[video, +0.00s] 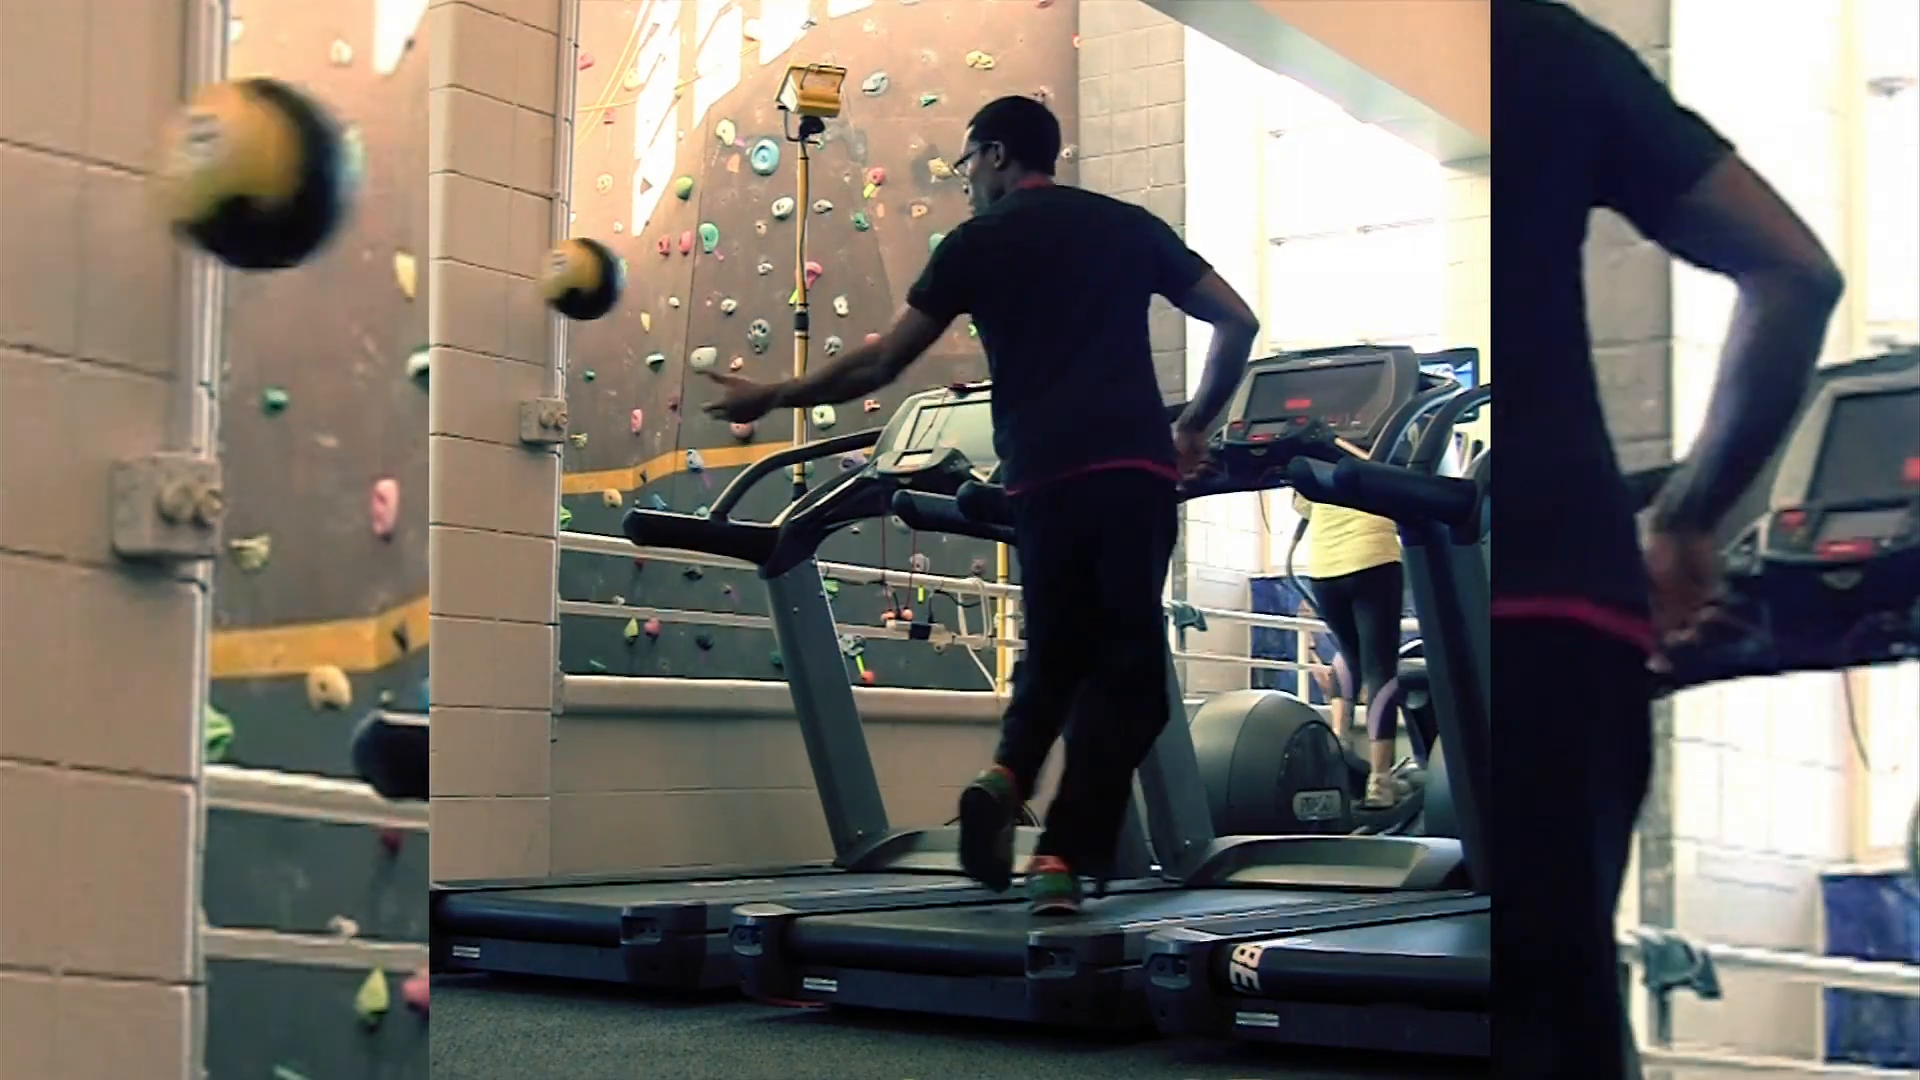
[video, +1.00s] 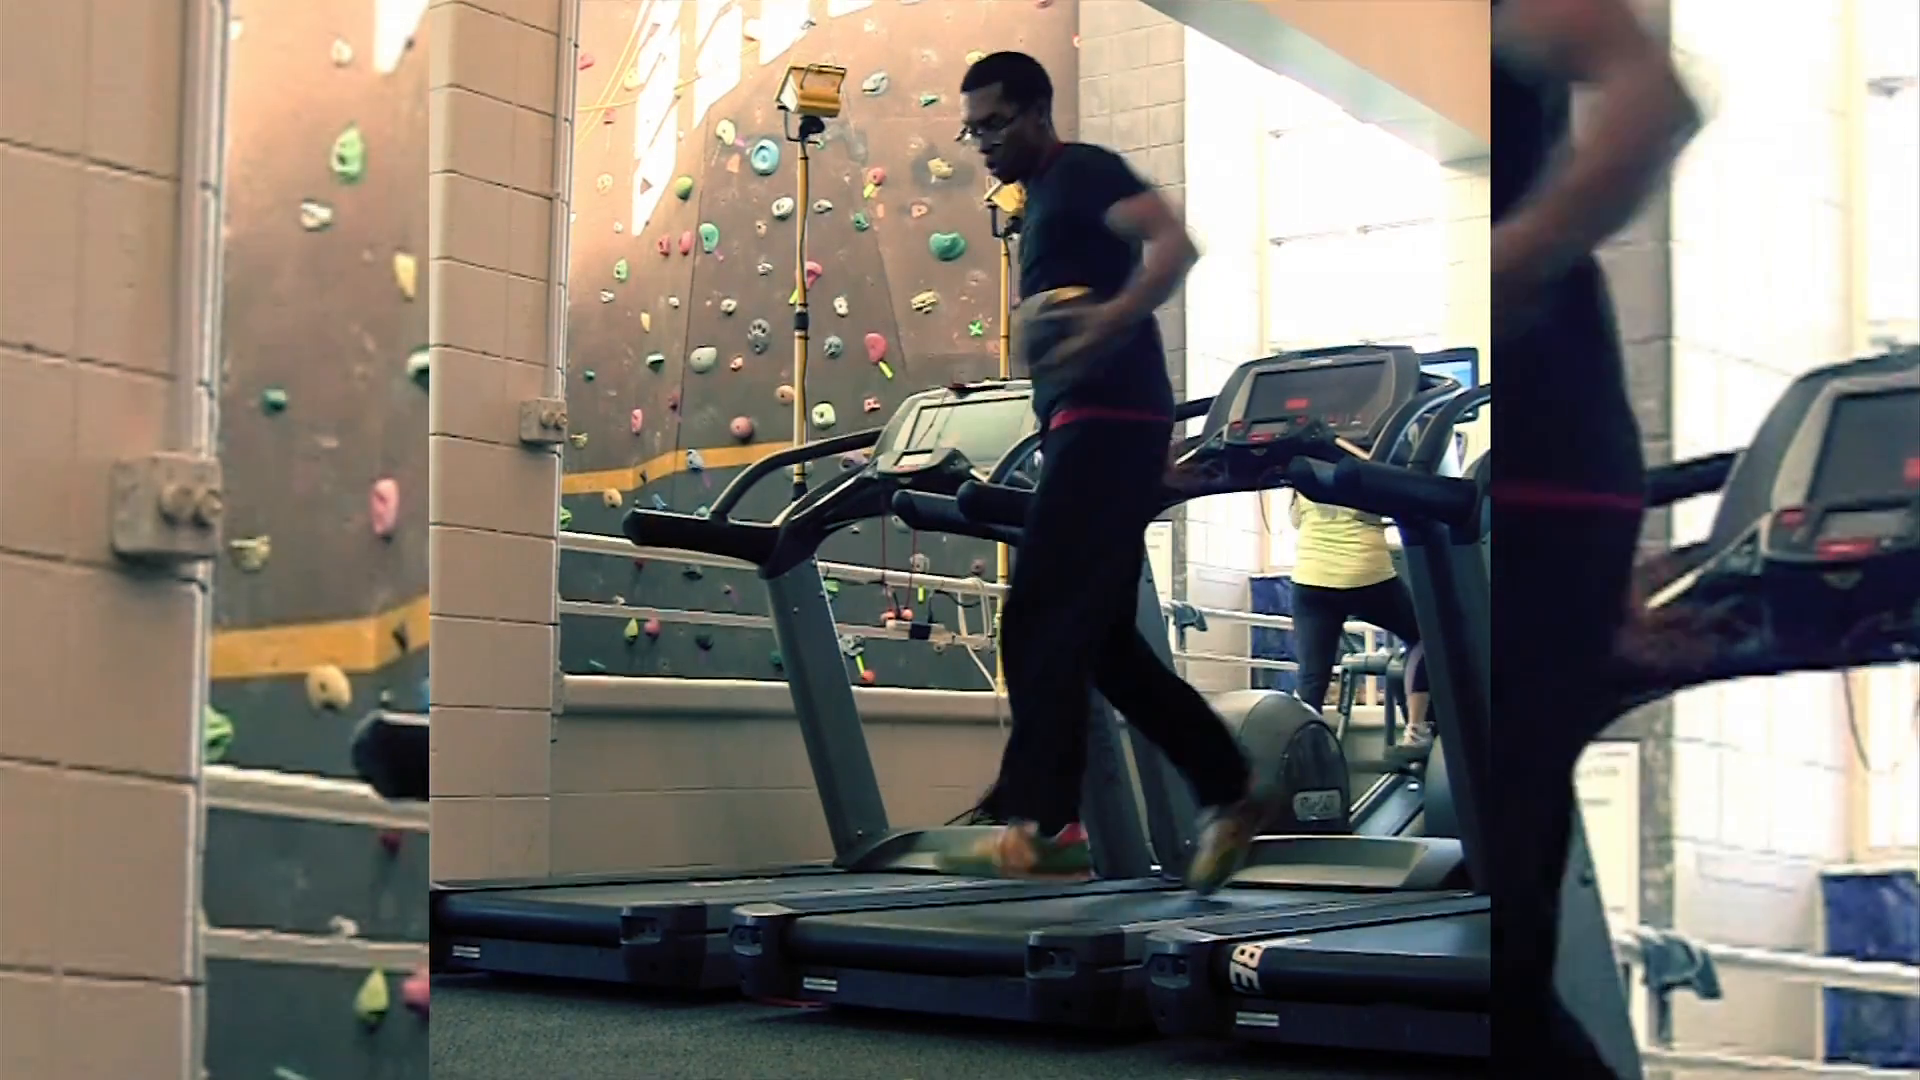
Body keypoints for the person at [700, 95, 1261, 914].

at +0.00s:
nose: (962, 179)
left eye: (967, 163)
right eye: (962, 165)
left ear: (998, 158)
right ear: (1048, 158)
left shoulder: (976, 243)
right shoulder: (1126, 224)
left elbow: (881, 361)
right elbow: (1237, 321)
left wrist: (772, 393)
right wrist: (1199, 422)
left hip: (1047, 479)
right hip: (1139, 472)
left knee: (1054, 651)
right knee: (1134, 673)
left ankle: (1005, 779)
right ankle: (1064, 861)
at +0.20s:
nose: (951, 182)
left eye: (956, 162)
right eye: (949, 165)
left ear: (996, 154)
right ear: (1033, 155)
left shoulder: (985, 238)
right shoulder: (1121, 219)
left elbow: (938, 374)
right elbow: (1209, 324)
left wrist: (821, 390)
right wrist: (1158, 402)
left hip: (1049, 461)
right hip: (1139, 455)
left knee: (1070, 653)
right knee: (1101, 661)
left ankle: (1068, 838)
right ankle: (1013, 841)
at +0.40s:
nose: (943, 180)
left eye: (947, 160)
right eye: (940, 164)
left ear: (990, 147)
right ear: (1023, 148)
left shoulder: (1003, 230)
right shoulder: (1115, 209)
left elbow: (983, 381)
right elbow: (1176, 327)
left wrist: (862, 402)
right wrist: (1120, 397)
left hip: (1064, 457)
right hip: (1159, 445)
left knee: (1071, 648)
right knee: (1111, 649)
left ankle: (1170, 830)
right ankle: (1028, 793)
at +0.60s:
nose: (959, 187)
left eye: (966, 167)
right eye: (955, 172)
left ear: (1012, 158)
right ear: (1032, 162)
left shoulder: (1020, 250)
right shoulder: (1116, 233)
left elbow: (991, 400)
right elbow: (1168, 357)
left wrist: (884, 457)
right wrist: (1092, 422)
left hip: (1072, 493)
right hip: (1156, 485)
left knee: (1057, 678)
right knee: (1140, 662)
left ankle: (1121, 860)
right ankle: (1159, 759)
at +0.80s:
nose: (970, 172)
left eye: (979, 154)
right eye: (966, 158)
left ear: (1033, 143)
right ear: (1034, 150)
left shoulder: (1054, 215)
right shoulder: (1097, 217)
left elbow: (1061, 347)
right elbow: (1166, 353)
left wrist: (958, 419)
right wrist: (1118, 437)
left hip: (1074, 472)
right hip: (1132, 470)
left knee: (1031, 666)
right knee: (1108, 666)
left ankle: (1075, 865)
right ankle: (1265, 757)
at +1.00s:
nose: (982, 143)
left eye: (993, 124)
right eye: (974, 131)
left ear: (1040, 112)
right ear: (983, 131)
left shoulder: (1082, 169)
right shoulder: (1039, 203)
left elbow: (1172, 240)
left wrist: (1108, 321)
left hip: (1108, 428)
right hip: (1087, 431)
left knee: (1039, 620)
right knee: (1100, 637)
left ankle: (1042, 827)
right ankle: (1233, 796)